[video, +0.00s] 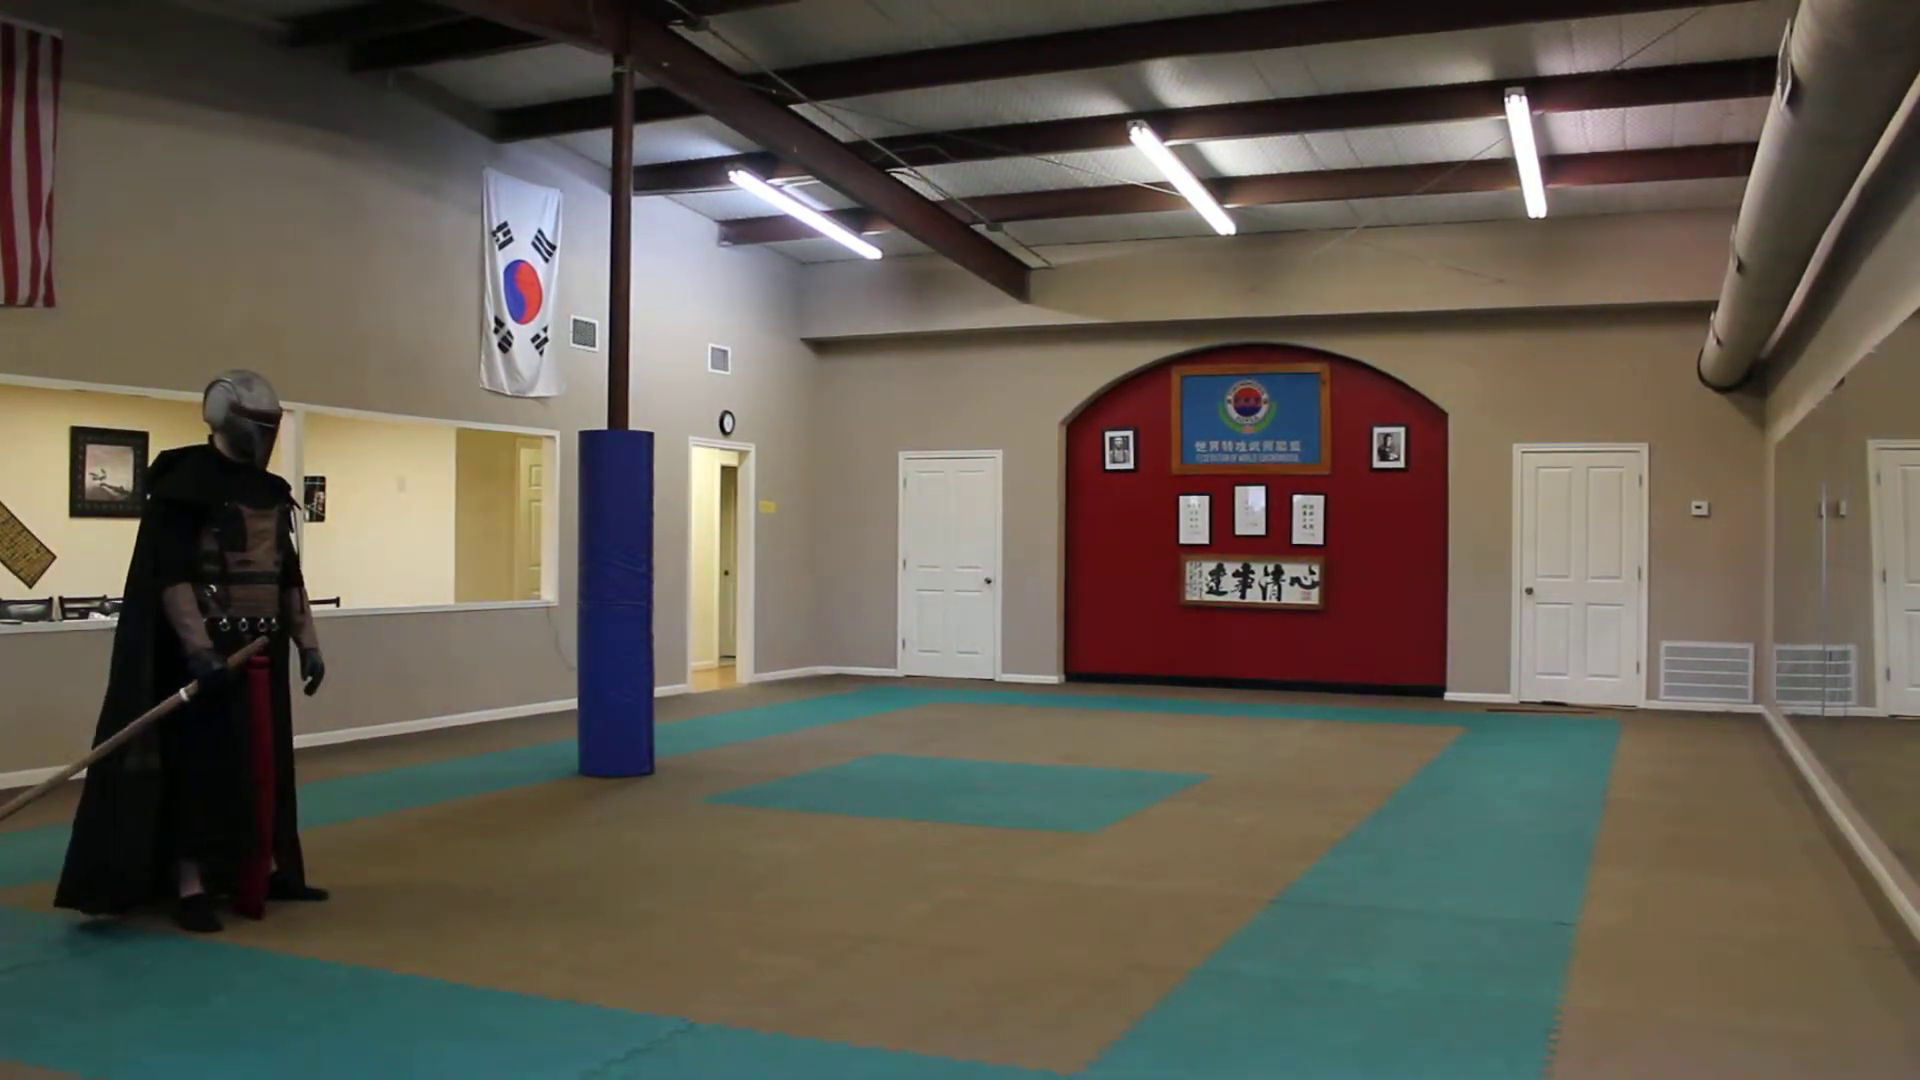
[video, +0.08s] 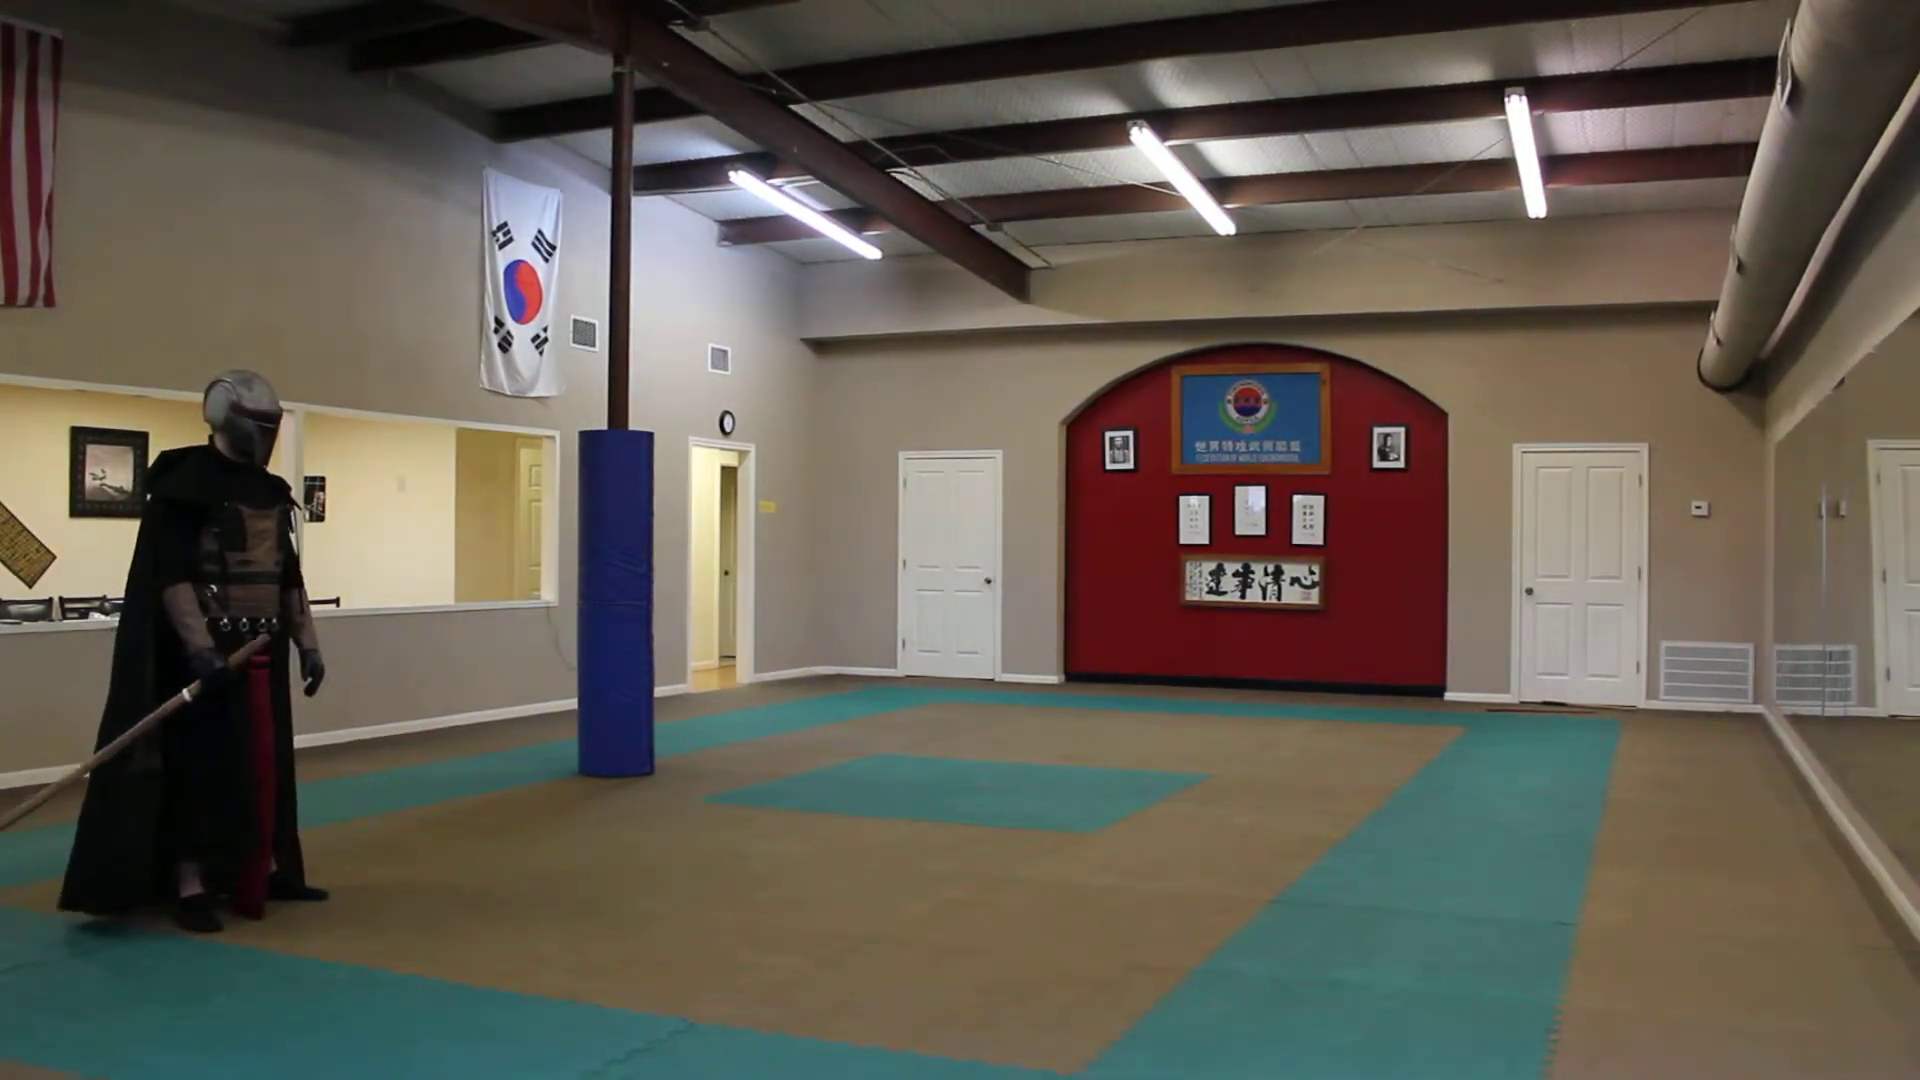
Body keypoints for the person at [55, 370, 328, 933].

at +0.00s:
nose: (266, 435)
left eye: (270, 424)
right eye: (256, 423)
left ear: (274, 425)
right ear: (224, 419)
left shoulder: (271, 493)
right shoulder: (183, 478)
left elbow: (288, 576)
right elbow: (170, 575)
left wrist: (308, 643)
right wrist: (199, 648)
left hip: (261, 653)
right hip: (199, 653)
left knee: (263, 763)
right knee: (197, 767)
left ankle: (262, 873)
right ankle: (190, 882)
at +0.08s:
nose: (268, 434)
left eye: (272, 423)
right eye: (258, 422)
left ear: (274, 424)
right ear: (225, 419)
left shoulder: (271, 492)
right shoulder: (184, 479)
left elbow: (288, 576)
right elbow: (170, 575)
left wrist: (308, 643)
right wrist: (201, 648)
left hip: (261, 655)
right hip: (201, 654)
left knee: (264, 764)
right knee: (198, 767)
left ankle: (261, 873)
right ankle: (190, 883)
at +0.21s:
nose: (269, 434)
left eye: (272, 424)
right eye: (258, 422)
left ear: (274, 425)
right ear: (225, 418)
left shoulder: (273, 493)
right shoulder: (184, 479)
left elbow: (288, 577)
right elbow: (171, 575)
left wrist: (307, 644)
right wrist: (205, 649)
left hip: (261, 653)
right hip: (200, 652)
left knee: (263, 764)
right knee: (197, 766)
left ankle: (259, 874)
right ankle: (190, 882)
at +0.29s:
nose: (271, 435)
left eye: (274, 424)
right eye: (261, 423)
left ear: (272, 425)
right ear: (227, 418)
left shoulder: (273, 494)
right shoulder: (184, 479)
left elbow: (288, 577)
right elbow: (172, 575)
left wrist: (308, 644)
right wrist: (206, 647)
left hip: (262, 654)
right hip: (200, 653)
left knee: (262, 765)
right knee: (197, 766)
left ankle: (258, 874)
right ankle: (190, 882)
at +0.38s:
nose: (272, 435)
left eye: (274, 424)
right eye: (263, 423)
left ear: (270, 425)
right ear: (229, 419)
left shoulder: (273, 494)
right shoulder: (184, 480)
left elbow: (288, 577)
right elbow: (172, 574)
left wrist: (308, 644)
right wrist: (206, 647)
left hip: (262, 655)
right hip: (200, 653)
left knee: (262, 765)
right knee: (198, 767)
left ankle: (259, 875)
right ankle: (191, 883)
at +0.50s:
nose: (273, 435)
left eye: (275, 424)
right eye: (263, 424)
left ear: (273, 424)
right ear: (230, 420)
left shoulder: (274, 495)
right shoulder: (186, 482)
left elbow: (288, 579)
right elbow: (173, 577)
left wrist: (309, 645)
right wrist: (210, 651)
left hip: (262, 658)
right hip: (199, 655)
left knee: (264, 766)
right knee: (198, 769)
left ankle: (265, 873)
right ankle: (191, 884)